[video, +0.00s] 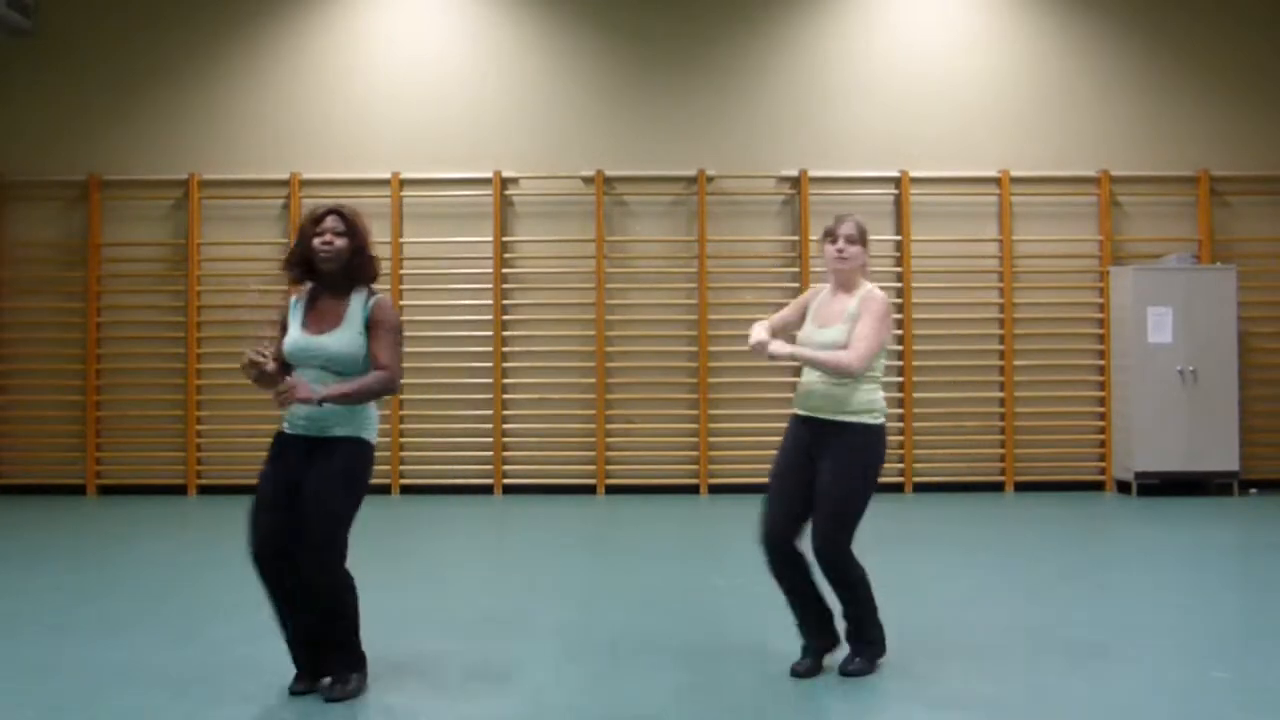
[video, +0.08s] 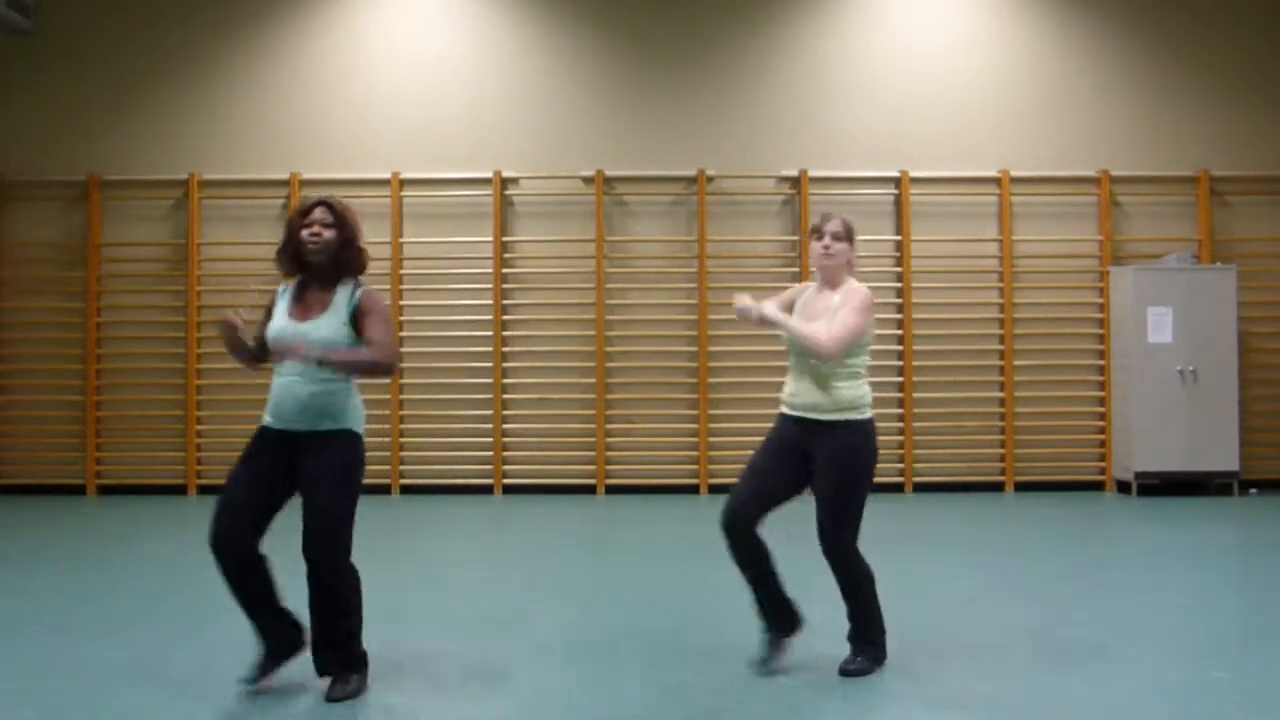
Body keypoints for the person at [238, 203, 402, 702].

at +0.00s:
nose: (328, 241)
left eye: (339, 235)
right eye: (320, 234)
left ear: (356, 246)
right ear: (307, 245)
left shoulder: (376, 306)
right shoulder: (295, 303)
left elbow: (388, 376)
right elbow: (281, 372)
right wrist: (266, 371)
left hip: (345, 443)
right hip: (293, 440)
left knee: (320, 551)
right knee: (268, 547)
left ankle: (348, 665)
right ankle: (310, 663)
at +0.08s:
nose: (316, 233)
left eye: (327, 226)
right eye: (308, 226)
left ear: (345, 240)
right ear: (294, 238)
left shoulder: (363, 297)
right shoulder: (283, 296)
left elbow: (385, 358)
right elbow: (262, 359)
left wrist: (316, 354)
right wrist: (239, 343)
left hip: (334, 438)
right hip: (278, 435)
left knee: (325, 551)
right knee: (230, 538)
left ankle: (347, 666)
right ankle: (281, 636)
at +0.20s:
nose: (296, 225)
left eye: (308, 220)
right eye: (288, 218)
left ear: (324, 235)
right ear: (274, 231)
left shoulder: (332, 287)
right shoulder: (256, 284)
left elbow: (363, 306)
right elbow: (196, 301)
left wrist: (300, 269)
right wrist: (170, 266)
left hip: (310, 431)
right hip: (249, 429)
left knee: (319, 547)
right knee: (201, 528)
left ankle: (346, 666)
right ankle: (185, 641)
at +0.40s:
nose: (256, 249)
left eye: (266, 244)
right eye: (247, 242)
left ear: (279, 259)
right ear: (233, 252)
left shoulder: (284, 315)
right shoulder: (214, 287)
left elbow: (300, 297)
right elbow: (159, 264)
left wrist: (286, 257)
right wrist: (115, 240)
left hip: (248, 449)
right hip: (187, 443)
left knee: (256, 553)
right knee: (155, 552)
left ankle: (325, 662)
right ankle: (133, 668)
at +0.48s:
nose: (244, 262)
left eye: (255, 256)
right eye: (235, 254)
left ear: (267, 268)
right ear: (219, 264)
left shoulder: (276, 321)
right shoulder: (199, 300)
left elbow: (294, 353)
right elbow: (137, 289)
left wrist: (261, 301)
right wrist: (128, 296)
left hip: (233, 456)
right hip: (173, 446)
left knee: (199, 555)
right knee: (147, 556)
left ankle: (258, 634)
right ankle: (134, 667)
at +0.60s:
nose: (232, 278)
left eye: (242, 271)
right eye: (223, 270)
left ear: (257, 281)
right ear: (210, 277)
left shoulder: (277, 342)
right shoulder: (182, 329)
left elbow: (279, 410)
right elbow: (130, 376)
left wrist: (241, 419)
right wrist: (148, 411)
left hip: (221, 467)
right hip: (163, 453)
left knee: (170, 560)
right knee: (130, 553)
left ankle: (161, 654)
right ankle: (128, 665)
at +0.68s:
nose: (230, 269)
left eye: (241, 263)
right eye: (222, 261)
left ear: (257, 274)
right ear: (207, 270)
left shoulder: (274, 334)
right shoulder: (183, 324)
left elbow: (297, 393)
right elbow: (143, 386)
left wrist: (284, 416)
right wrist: (185, 397)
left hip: (224, 464)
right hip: (163, 452)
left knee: (189, 557)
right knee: (137, 554)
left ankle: (180, 651)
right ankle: (127, 667)